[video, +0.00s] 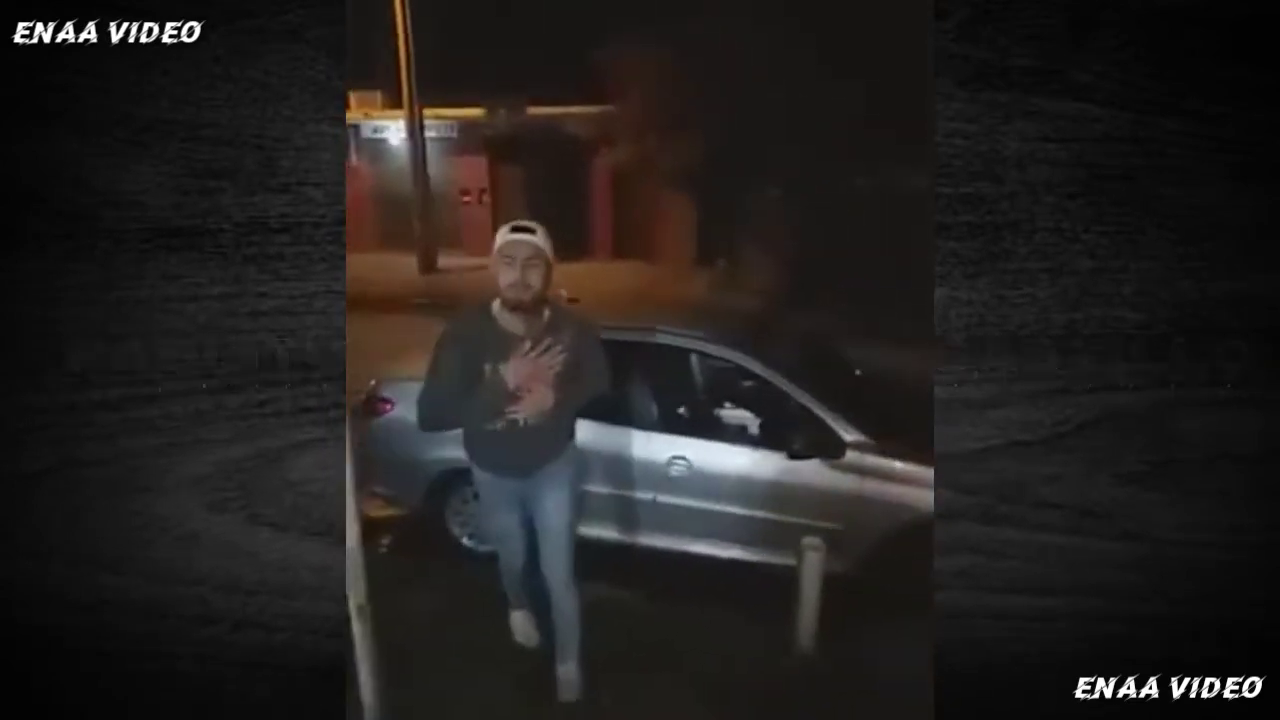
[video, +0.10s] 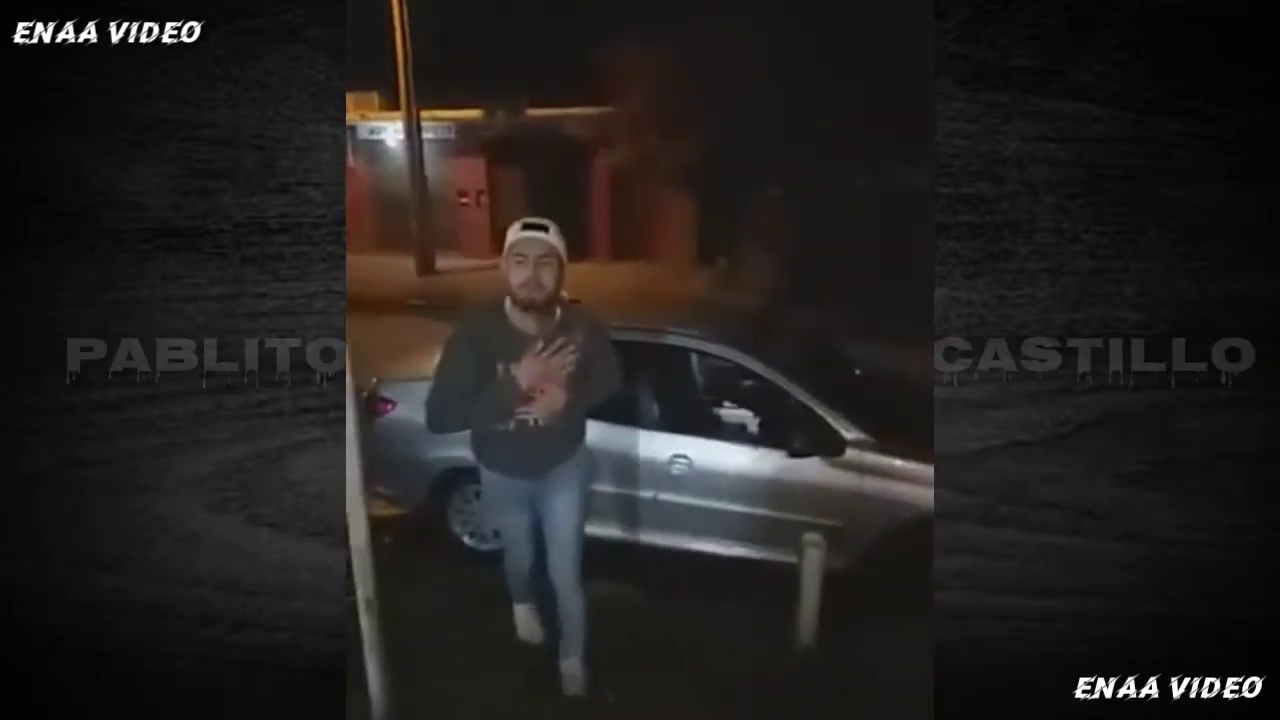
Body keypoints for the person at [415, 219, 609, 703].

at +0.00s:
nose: (521, 275)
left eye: (533, 264)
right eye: (509, 263)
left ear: (549, 272)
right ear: (495, 270)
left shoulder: (571, 328)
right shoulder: (467, 331)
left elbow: (597, 385)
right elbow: (432, 415)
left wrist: (554, 399)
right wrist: (504, 382)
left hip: (553, 463)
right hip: (494, 468)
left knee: (558, 573)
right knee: (513, 554)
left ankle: (569, 671)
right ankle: (518, 608)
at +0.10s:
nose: (532, 275)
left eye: (544, 263)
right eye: (520, 263)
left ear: (562, 271)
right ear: (505, 270)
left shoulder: (581, 327)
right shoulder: (478, 330)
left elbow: (609, 384)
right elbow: (440, 416)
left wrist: (565, 399)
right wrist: (516, 383)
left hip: (563, 466)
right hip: (503, 470)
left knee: (565, 575)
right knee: (519, 559)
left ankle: (573, 670)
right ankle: (522, 606)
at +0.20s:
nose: (537, 269)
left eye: (550, 257)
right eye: (525, 257)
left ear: (567, 266)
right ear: (510, 265)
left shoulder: (590, 325)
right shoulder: (482, 326)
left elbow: (618, 380)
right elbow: (445, 412)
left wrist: (571, 399)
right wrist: (521, 377)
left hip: (568, 461)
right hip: (507, 466)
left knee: (568, 571)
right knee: (525, 567)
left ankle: (575, 660)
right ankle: (527, 598)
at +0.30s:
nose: (542, 264)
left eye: (555, 252)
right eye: (530, 251)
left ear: (573, 260)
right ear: (515, 259)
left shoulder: (595, 319)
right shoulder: (487, 321)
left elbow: (632, 379)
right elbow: (450, 404)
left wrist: (580, 397)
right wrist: (525, 373)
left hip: (576, 459)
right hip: (514, 462)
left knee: (576, 568)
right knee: (533, 574)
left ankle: (580, 651)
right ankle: (534, 595)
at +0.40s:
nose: (543, 265)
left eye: (557, 253)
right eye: (531, 252)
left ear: (575, 262)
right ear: (516, 260)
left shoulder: (596, 318)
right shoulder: (491, 319)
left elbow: (646, 378)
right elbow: (454, 404)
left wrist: (587, 399)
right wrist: (527, 373)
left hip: (580, 462)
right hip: (516, 463)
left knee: (580, 573)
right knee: (526, 579)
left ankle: (585, 652)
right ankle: (531, 609)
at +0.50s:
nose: (543, 256)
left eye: (557, 243)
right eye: (533, 241)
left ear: (579, 253)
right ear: (518, 250)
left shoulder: (605, 311)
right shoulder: (495, 311)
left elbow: (661, 371)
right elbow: (464, 394)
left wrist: (594, 390)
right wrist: (532, 367)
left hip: (591, 454)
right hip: (525, 452)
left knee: (593, 557)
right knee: (522, 560)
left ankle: (599, 632)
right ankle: (533, 629)